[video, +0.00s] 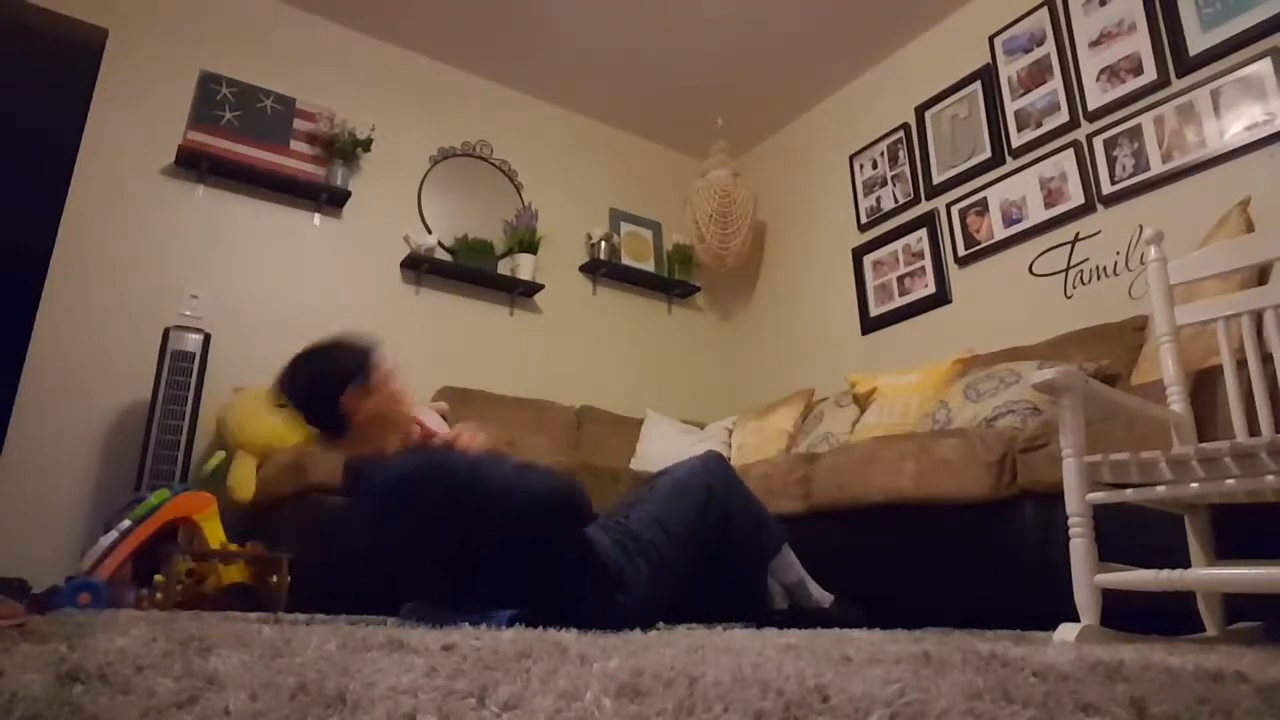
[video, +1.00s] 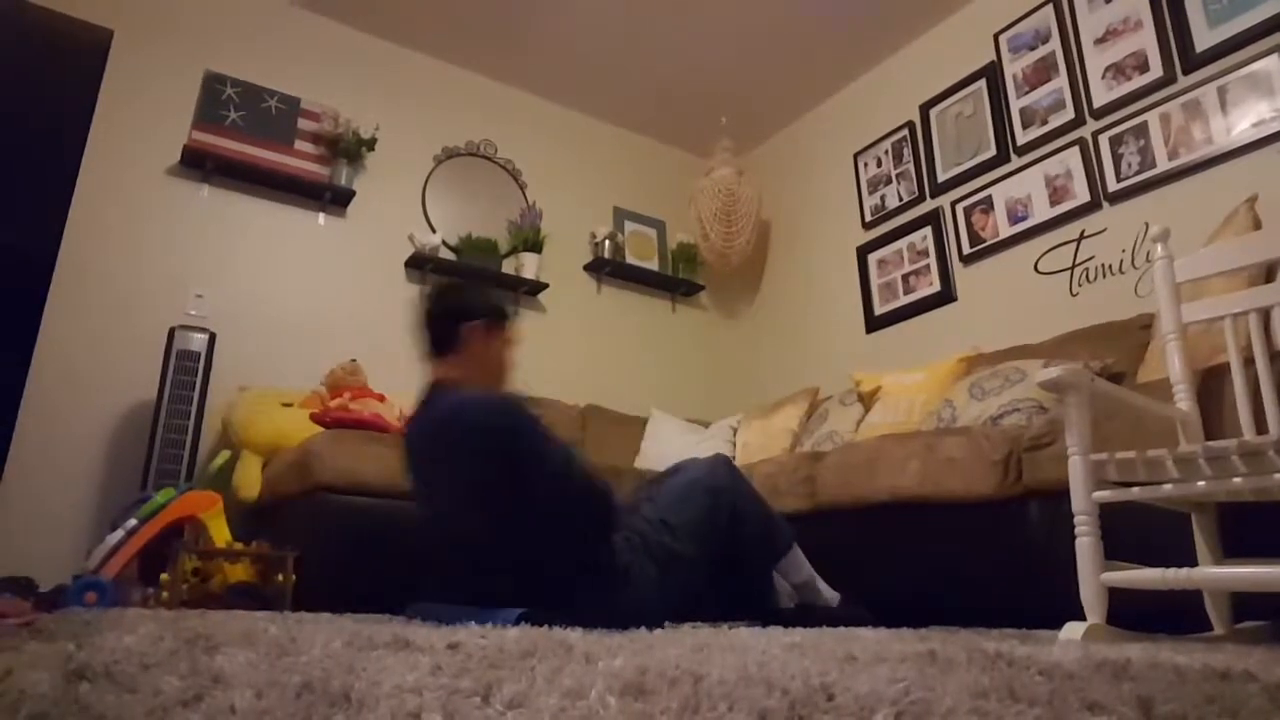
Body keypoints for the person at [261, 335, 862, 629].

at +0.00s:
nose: (401, 387)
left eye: (391, 375)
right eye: (387, 379)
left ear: (343, 414)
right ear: (356, 404)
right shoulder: (427, 478)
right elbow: (570, 503)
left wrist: (444, 455)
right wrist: (482, 455)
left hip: (541, 595)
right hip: (595, 590)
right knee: (709, 474)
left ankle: (786, 610)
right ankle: (806, 599)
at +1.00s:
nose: (510, 353)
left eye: (508, 340)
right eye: (503, 339)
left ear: (450, 341)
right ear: (473, 338)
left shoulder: (425, 427)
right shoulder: (496, 420)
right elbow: (596, 509)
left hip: (511, 595)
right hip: (592, 599)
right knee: (713, 475)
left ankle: (790, 602)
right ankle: (812, 593)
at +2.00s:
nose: (617, 341)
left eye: (618, 330)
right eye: (617, 328)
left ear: (561, 312)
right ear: (598, 312)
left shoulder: (519, 382)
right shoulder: (599, 368)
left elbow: (521, 488)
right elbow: (653, 487)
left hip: (555, 590)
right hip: (627, 592)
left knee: (718, 465)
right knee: (719, 474)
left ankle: (812, 591)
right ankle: (787, 600)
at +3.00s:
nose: (326, 439)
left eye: (311, 431)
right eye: (306, 441)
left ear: (287, 493)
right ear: (285, 490)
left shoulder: (327, 560)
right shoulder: (367, 546)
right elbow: (529, 531)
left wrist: (430, 492)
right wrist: (436, 490)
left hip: (554, 572)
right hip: (577, 582)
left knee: (680, 493)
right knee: (707, 487)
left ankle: (779, 601)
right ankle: (810, 597)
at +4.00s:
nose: (736, 415)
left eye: (740, 410)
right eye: (739, 405)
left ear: (691, 360)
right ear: (731, 379)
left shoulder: (627, 393)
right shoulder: (714, 383)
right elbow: (706, 503)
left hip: (584, 584)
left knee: (731, 462)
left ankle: (823, 592)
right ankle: (794, 598)